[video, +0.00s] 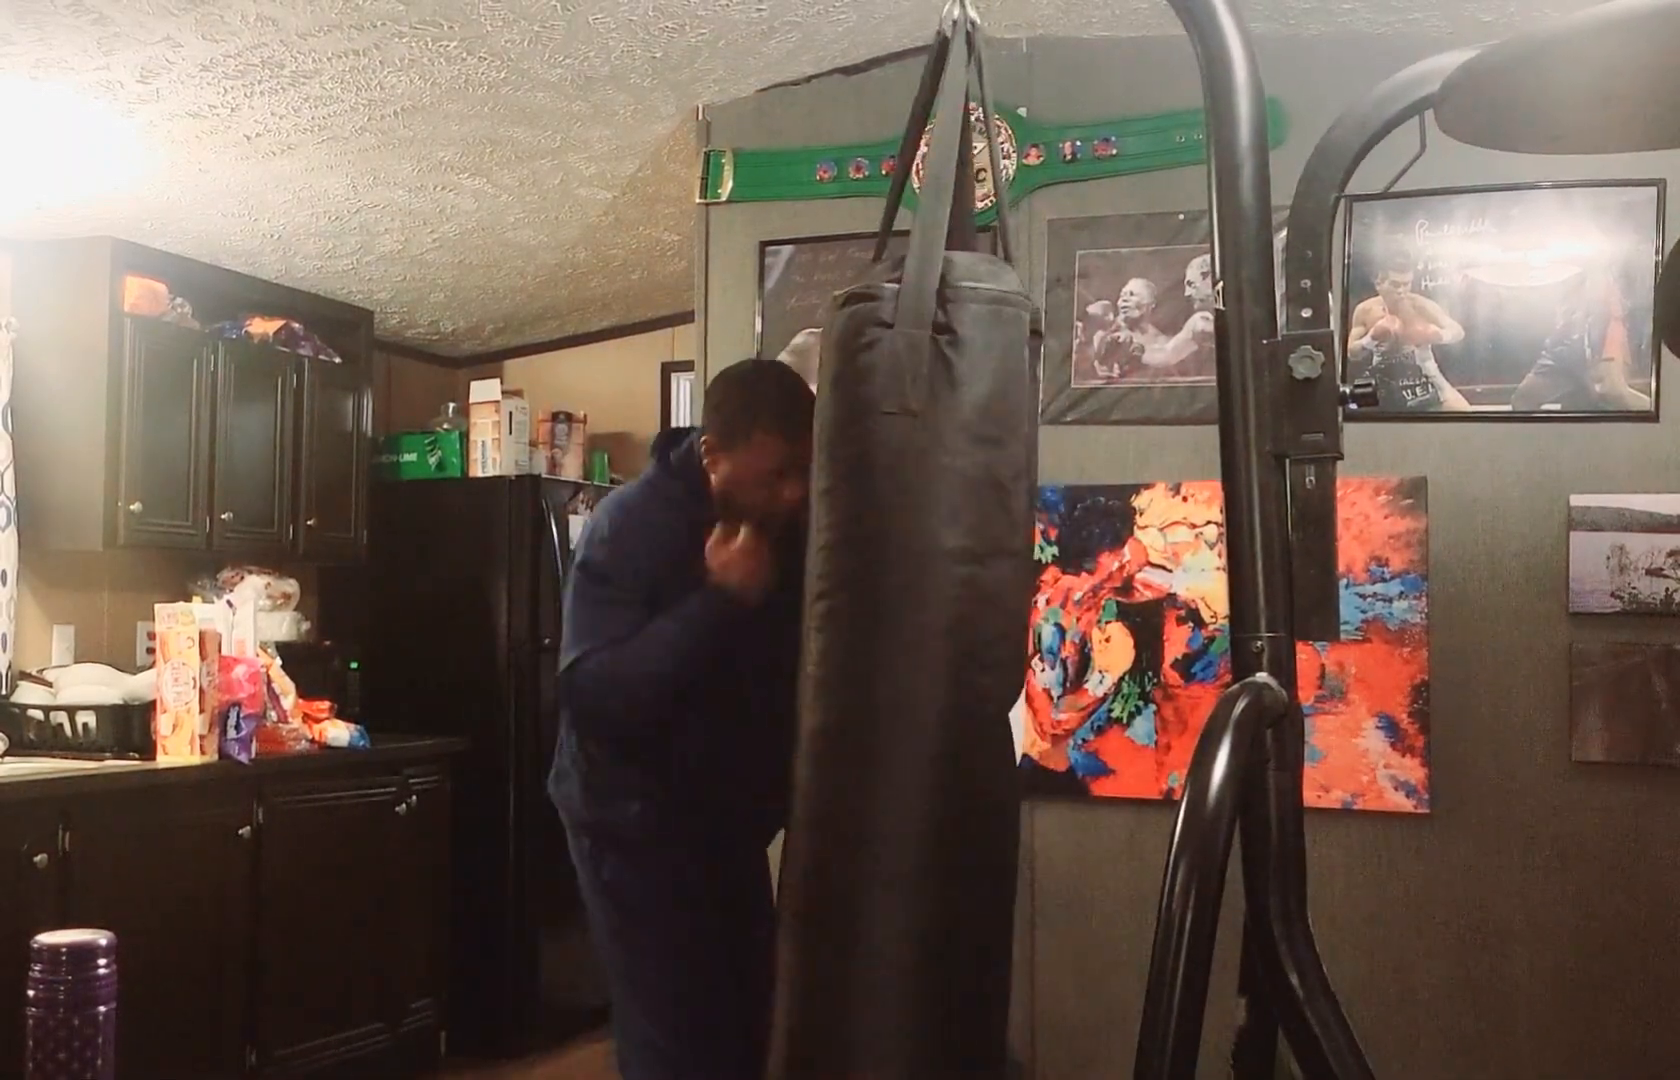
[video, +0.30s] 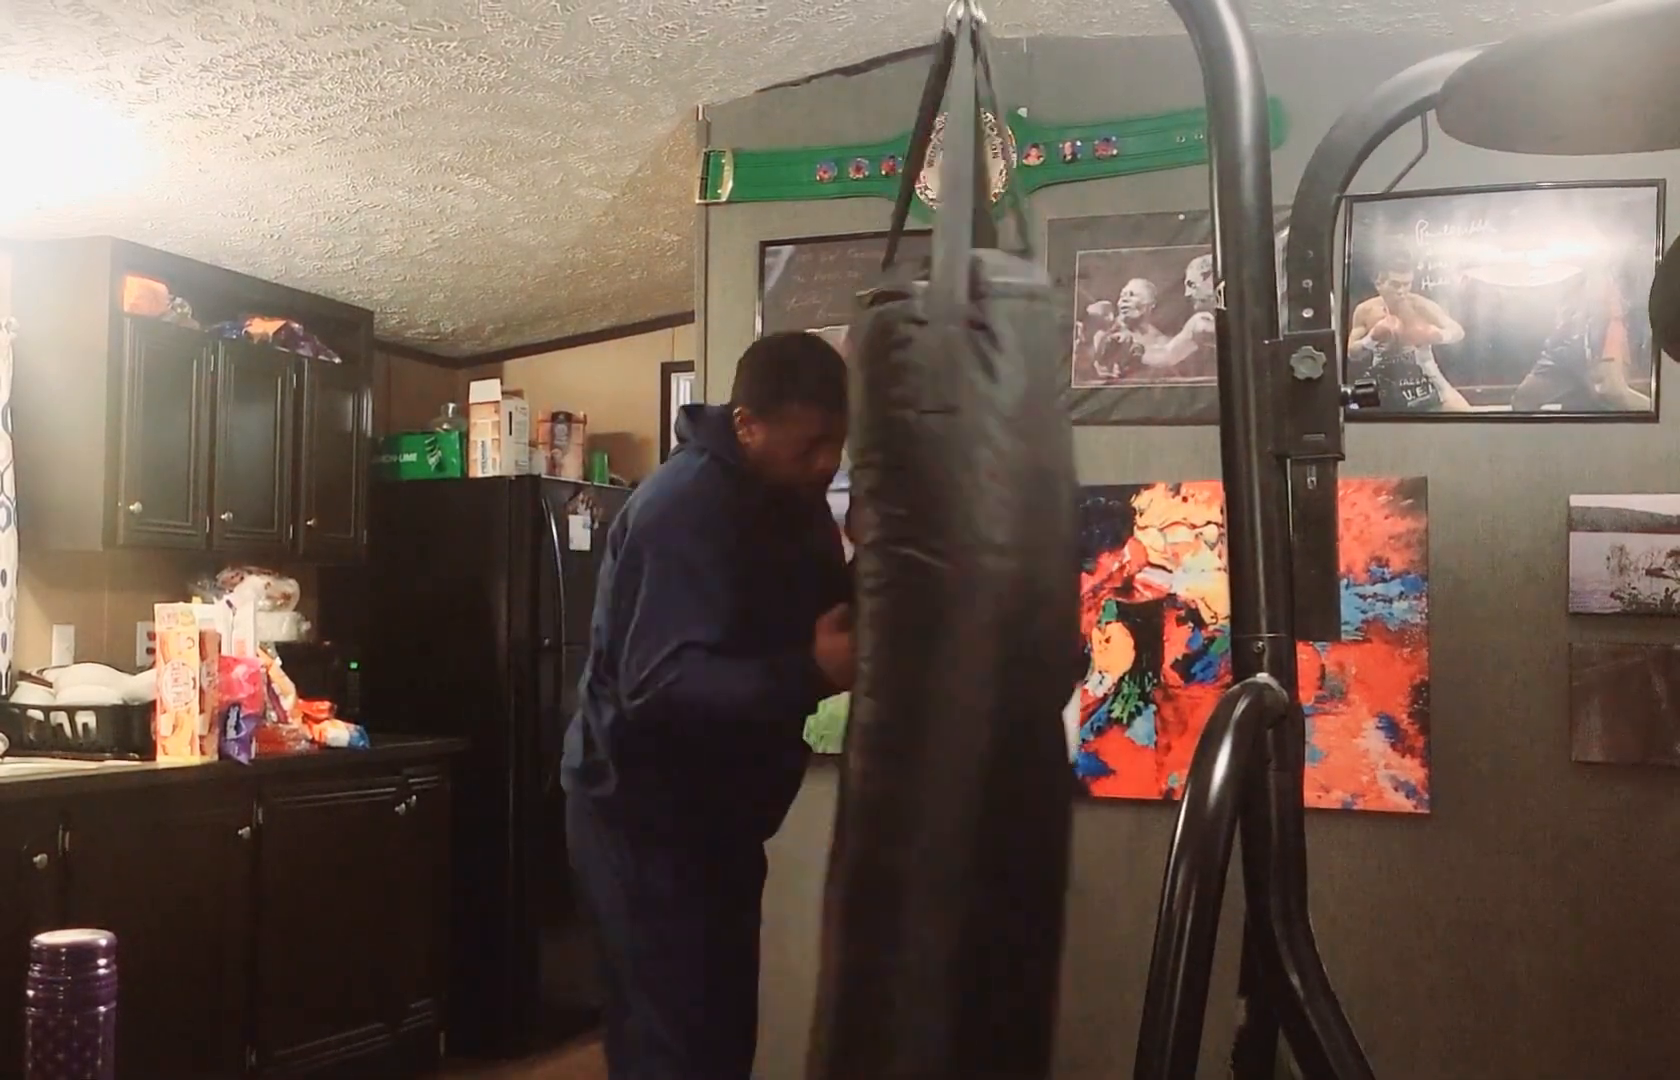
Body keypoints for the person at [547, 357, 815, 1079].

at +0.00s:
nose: (799, 494)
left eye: (806, 473)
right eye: (783, 474)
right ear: (714, 459)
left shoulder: (783, 530)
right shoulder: (632, 528)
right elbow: (596, 694)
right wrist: (720, 597)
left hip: (726, 811)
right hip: (632, 818)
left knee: (744, 1022)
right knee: (671, 1036)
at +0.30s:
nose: (831, 463)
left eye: (837, 442)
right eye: (814, 445)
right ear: (748, 426)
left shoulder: (792, 501)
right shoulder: (686, 504)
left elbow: (833, 628)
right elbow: (659, 679)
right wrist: (811, 671)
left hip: (718, 811)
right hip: (642, 816)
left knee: (723, 1039)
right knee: (675, 1045)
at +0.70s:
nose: (778, 445)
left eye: (788, 422)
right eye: (756, 428)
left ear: (801, 407)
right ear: (694, 414)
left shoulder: (808, 479)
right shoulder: (621, 509)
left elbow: (908, 526)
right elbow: (581, 679)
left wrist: (957, 534)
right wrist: (741, 689)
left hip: (728, 804)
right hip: (629, 810)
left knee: (710, 1039)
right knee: (669, 1047)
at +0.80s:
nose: (778, 444)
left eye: (786, 421)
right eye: (755, 428)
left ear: (798, 402)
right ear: (691, 410)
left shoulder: (801, 464)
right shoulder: (617, 502)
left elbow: (932, 504)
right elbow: (571, 678)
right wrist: (733, 690)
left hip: (727, 809)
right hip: (629, 816)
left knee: (712, 1042)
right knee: (654, 1048)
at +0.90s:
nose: (772, 449)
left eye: (781, 426)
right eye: (751, 433)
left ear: (792, 404)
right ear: (686, 412)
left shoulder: (795, 472)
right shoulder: (612, 498)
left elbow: (906, 532)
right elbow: (571, 676)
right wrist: (727, 684)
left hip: (728, 811)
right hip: (629, 817)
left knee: (722, 1040)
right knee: (650, 1046)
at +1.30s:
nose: (677, 604)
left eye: (691, 584)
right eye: (655, 588)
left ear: (723, 543)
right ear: (622, 560)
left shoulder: (792, 558)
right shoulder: (567, 592)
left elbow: (845, 723)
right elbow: (522, 751)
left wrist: (774, 696)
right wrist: (630, 736)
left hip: (728, 833)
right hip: (607, 849)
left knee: (752, 1031)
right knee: (637, 1044)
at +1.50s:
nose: (597, 630)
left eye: (615, 606)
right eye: (573, 615)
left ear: (651, 550)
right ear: (541, 583)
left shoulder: (746, 568)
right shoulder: (504, 630)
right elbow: (468, 783)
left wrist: (722, 632)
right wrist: (556, 781)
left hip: (720, 873)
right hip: (586, 892)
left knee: (715, 1055)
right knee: (596, 1060)